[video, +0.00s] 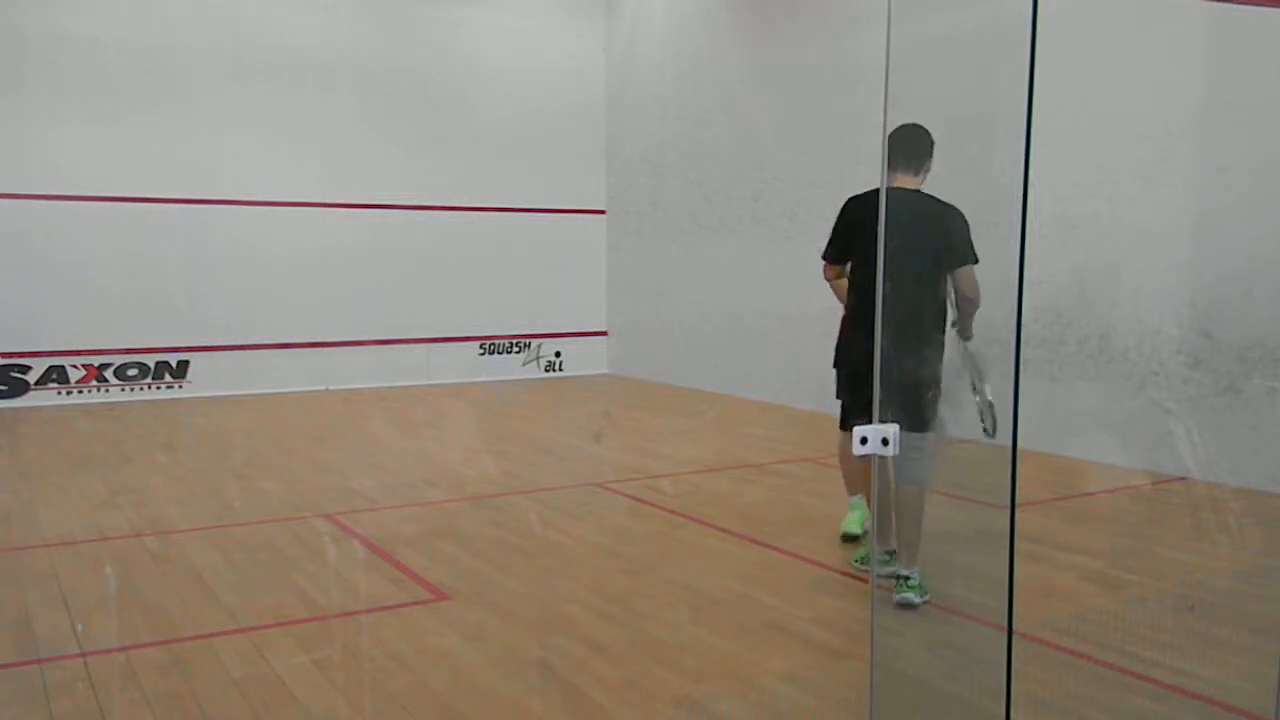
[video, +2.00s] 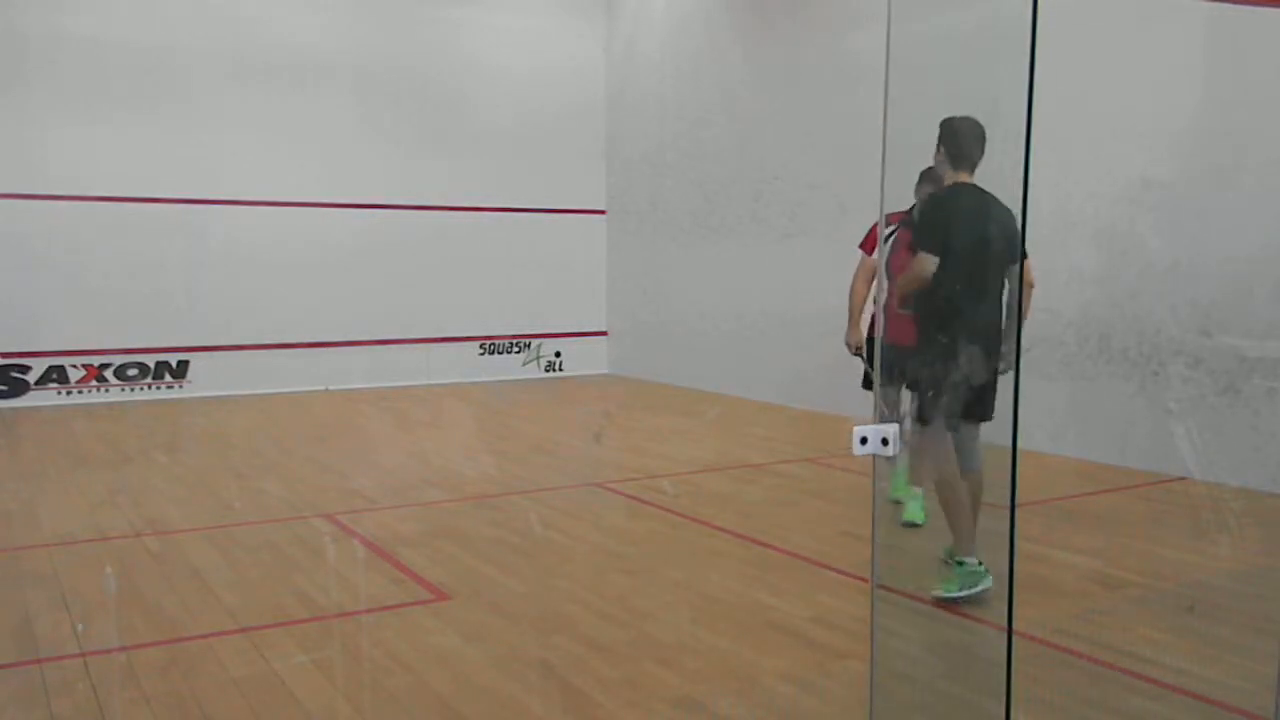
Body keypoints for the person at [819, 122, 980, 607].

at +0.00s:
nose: (921, 169)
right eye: (926, 161)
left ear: (885, 159)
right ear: (928, 164)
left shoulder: (859, 207)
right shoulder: (946, 217)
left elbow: (833, 271)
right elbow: (968, 291)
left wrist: (856, 306)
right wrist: (962, 324)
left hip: (861, 352)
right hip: (917, 358)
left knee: (869, 444)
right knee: (911, 459)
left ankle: (881, 549)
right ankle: (907, 574)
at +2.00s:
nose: (934, 155)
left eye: (937, 148)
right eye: (940, 148)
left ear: (941, 152)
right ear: (980, 157)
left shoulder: (937, 204)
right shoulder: (1002, 213)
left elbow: (925, 265)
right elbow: (1025, 282)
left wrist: (900, 289)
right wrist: (1010, 332)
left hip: (945, 345)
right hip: (984, 347)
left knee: (938, 442)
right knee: (968, 442)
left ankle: (969, 561)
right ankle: (965, 547)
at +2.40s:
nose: (940, 152)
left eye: (951, 145)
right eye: (937, 143)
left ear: (979, 150)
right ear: (935, 144)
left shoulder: (995, 204)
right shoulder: (948, 205)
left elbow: (1009, 280)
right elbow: (943, 276)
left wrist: (944, 300)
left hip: (976, 349)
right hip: (936, 344)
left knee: (967, 453)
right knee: (918, 447)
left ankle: (979, 570)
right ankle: (929, 551)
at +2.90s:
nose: (960, 142)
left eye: (967, 133)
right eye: (949, 132)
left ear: (974, 141)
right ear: (923, 138)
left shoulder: (992, 206)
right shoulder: (891, 209)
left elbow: (1009, 287)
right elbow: (863, 285)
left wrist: (985, 338)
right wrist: (836, 352)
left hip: (965, 362)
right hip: (904, 361)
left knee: (959, 468)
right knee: (909, 477)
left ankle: (967, 564)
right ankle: (912, 604)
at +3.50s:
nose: (917, 131)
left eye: (922, 122)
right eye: (904, 123)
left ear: (929, 129)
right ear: (875, 132)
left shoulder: (951, 196)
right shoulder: (844, 205)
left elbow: (980, 275)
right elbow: (821, 282)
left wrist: (987, 345)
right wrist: (812, 349)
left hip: (931, 366)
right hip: (867, 370)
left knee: (917, 496)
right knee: (887, 496)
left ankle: (915, 629)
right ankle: (909, 607)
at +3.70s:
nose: (912, 132)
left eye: (918, 121)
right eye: (900, 122)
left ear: (928, 129)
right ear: (871, 132)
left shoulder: (948, 202)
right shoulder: (836, 206)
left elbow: (974, 284)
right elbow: (816, 292)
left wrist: (964, 353)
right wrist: (801, 369)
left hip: (916, 372)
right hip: (853, 371)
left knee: (889, 503)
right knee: (884, 495)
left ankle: (870, 646)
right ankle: (910, 599)